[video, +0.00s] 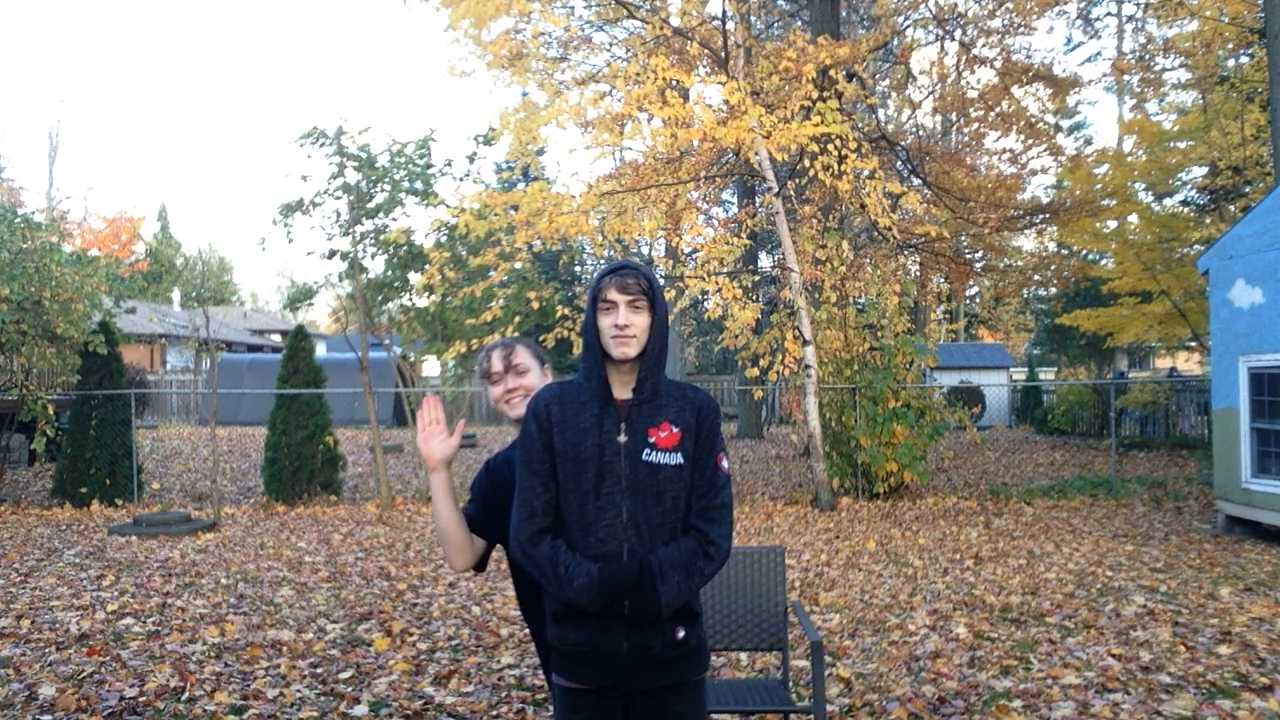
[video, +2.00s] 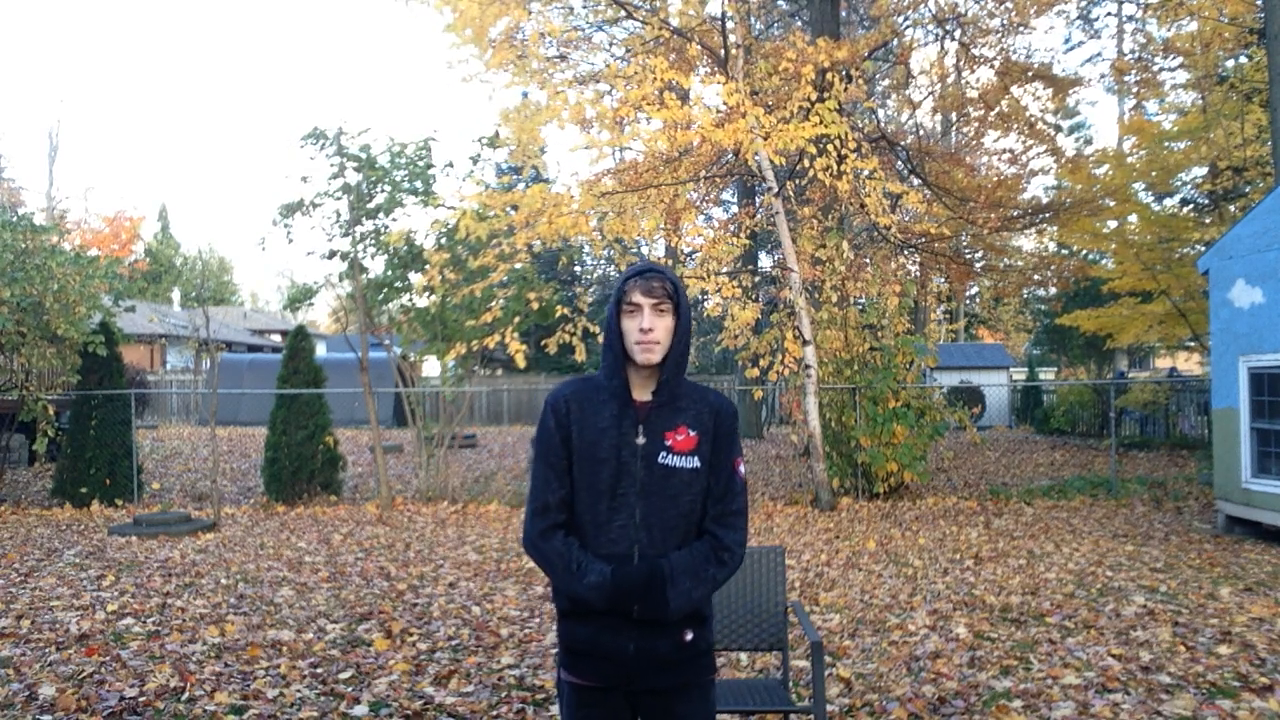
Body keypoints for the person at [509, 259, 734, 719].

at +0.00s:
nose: (621, 320)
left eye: (636, 307)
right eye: (608, 308)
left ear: (656, 319)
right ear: (592, 320)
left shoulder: (694, 408)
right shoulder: (550, 407)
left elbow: (713, 534)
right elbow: (527, 534)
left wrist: (648, 580)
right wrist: (595, 583)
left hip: (671, 653)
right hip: (581, 660)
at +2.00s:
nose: (645, 325)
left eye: (659, 311)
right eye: (632, 311)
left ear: (679, 324)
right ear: (616, 323)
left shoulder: (713, 412)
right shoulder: (569, 404)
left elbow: (728, 537)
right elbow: (540, 529)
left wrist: (661, 583)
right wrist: (606, 585)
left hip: (680, 652)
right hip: (591, 653)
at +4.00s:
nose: (606, 325)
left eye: (621, 312)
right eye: (592, 310)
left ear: (637, 329)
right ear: (571, 326)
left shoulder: (676, 412)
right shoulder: (533, 421)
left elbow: (722, 528)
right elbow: (506, 549)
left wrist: (648, 573)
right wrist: (593, 577)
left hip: (661, 659)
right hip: (569, 661)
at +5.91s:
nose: (627, 313)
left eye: (642, 301)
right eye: (614, 300)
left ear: (660, 317)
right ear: (595, 314)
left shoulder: (697, 400)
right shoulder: (553, 401)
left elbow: (762, 498)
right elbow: (501, 509)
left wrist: (680, 538)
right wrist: (593, 553)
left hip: (681, 645)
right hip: (590, 649)